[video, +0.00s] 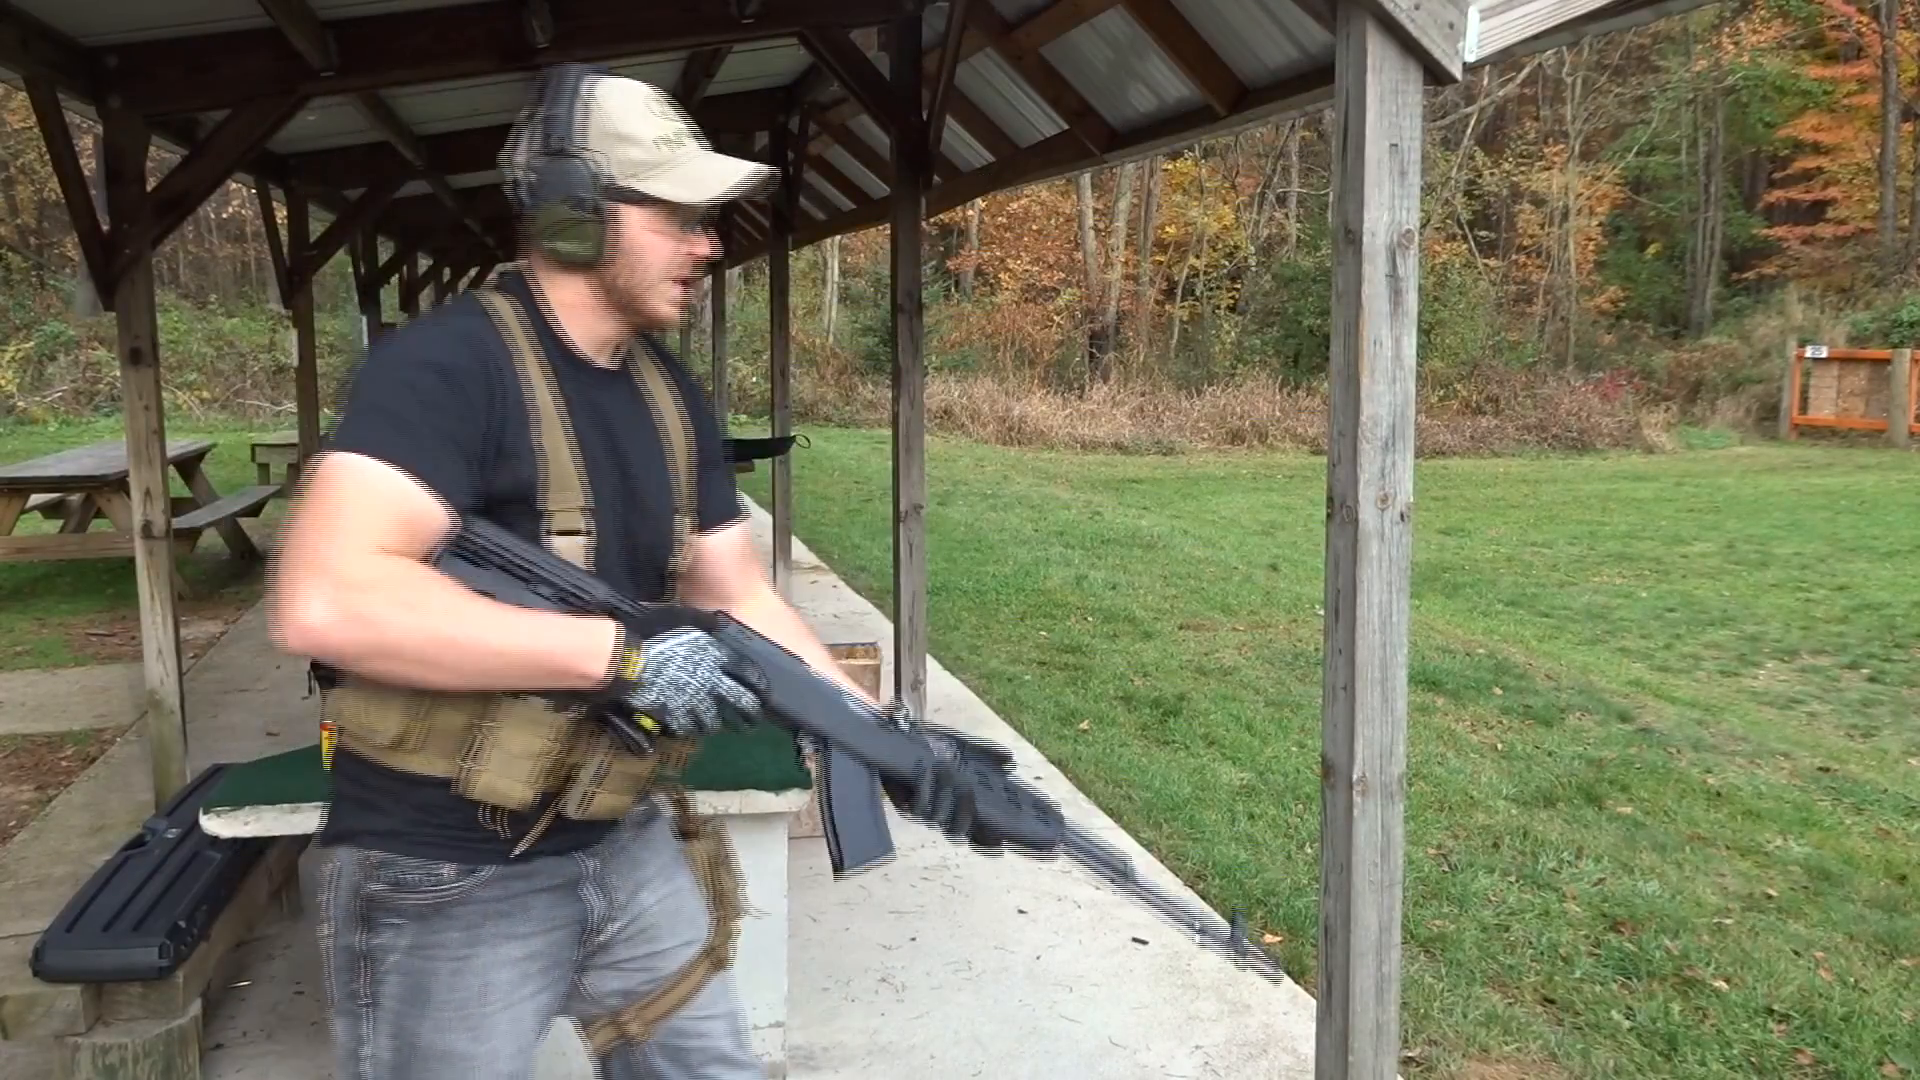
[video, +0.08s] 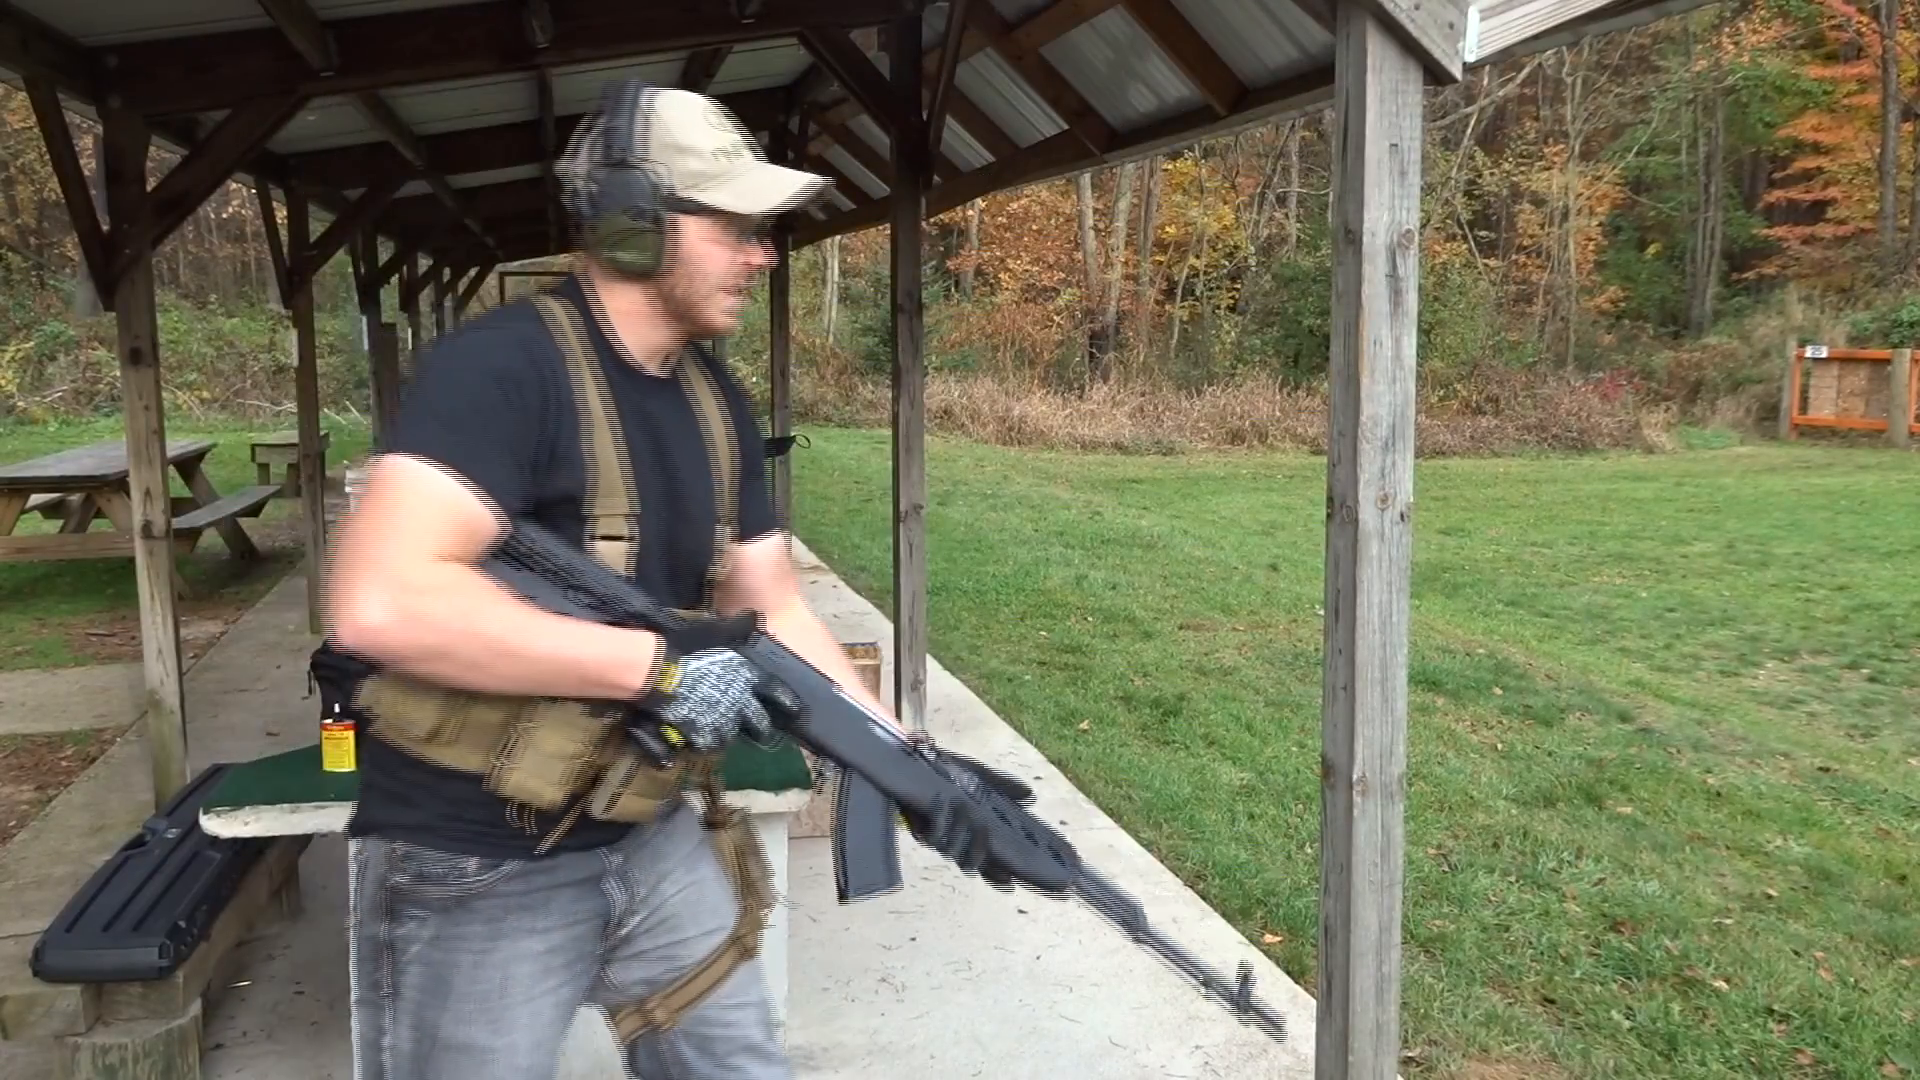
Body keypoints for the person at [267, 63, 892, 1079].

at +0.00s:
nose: (708, 250)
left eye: (709, 225)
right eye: (681, 220)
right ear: (577, 217)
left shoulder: (667, 394)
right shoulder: (442, 365)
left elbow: (742, 598)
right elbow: (328, 600)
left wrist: (884, 738)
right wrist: (619, 651)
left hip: (627, 850)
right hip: (442, 880)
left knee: (713, 1064)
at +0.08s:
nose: (760, 260)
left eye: (761, 234)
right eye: (733, 231)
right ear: (632, 228)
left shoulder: (718, 401)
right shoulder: (495, 366)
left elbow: (772, 610)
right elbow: (381, 601)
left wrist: (901, 764)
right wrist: (656, 670)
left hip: (663, 842)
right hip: (473, 869)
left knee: (739, 1066)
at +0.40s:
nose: (861, 301)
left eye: (861, 276)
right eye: (839, 274)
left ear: (767, 274)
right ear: (748, 269)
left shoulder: (800, 440)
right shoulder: (602, 376)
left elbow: (862, 619)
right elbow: (595, 582)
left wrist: (986, 706)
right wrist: (847, 627)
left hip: (666, 838)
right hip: (476, 851)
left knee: (762, 1067)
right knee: (399, 1067)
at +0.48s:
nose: (834, 306)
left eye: (834, 281)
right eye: (811, 279)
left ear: (737, 282)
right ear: (715, 271)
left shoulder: (772, 427)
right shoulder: (577, 380)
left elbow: (878, 616)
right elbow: (624, 582)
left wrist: (1053, 664)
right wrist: (867, 585)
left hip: (651, 832)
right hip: (459, 855)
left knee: (753, 1066)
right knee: (369, 1071)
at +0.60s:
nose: (781, 318)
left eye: (782, 293)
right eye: (759, 291)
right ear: (669, 279)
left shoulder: (714, 427)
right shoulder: (517, 388)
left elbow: (891, 564)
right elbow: (617, 602)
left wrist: (1077, 543)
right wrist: (833, 505)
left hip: (608, 845)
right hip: (415, 874)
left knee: (730, 1063)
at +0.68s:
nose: (758, 321)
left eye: (761, 295)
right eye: (735, 293)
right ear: (642, 281)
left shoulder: (700, 418)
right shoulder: (493, 390)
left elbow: (886, 524)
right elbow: (599, 612)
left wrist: (1069, 487)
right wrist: (793, 477)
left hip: (598, 846)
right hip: (403, 877)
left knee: (719, 1071)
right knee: (334, 1076)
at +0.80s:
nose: (724, 332)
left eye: (727, 308)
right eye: (701, 307)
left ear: (633, 294)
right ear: (608, 287)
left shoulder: (678, 412)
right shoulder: (456, 387)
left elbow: (891, 492)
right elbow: (562, 618)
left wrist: (1059, 404)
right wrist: (735, 453)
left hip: (589, 841)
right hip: (393, 878)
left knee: (710, 1063)